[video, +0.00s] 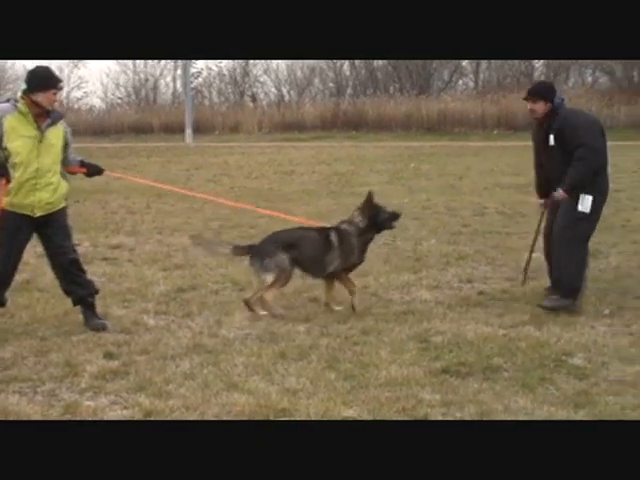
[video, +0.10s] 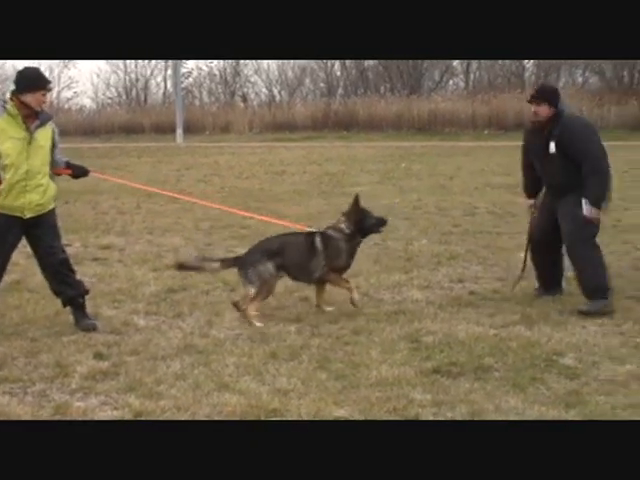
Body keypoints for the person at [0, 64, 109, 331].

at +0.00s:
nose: (55, 97)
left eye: (57, 92)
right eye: (50, 92)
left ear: (54, 93)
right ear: (33, 92)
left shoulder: (59, 126)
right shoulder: (7, 120)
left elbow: (67, 161)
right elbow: (3, 157)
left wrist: (85, 166)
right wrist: (5, 173)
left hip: (52, 206)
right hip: (15, 207)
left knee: (67, 260)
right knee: (4, 266)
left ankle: (89, 310)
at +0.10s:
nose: (45, 98)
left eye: (46, 93)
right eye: (40, 93)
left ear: (42, 94)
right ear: (22, 94)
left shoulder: (47, 126)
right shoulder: (3, 123)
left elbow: (52, 162)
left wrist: (69, 168)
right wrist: (2, 178)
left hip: (40, 207)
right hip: (7, 210)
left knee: (56, 260)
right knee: (0, 264)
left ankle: (79, 311)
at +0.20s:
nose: (37, 98)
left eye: (38, 93)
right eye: (32, 93)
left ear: (36, 95)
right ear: (14, 94)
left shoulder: (38, 125)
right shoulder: (3, 121)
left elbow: (43, 161)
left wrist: (58, 168)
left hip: (33, 207)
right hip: (5, 210)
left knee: (48, 260)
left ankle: (72, 311)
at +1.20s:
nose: (2, 102)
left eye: (2, 96)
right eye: (2, 97)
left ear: (4, 98)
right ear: (3, 99)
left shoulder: (11, 130)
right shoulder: (11, 131)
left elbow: (21, 157)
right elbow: (21, 157)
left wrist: (25, 172)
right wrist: (24, 171)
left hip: (6, 207)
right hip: (5, 208)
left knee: (13, 263)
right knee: (11, 263)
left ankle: (34, 319)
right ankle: (33, 318)